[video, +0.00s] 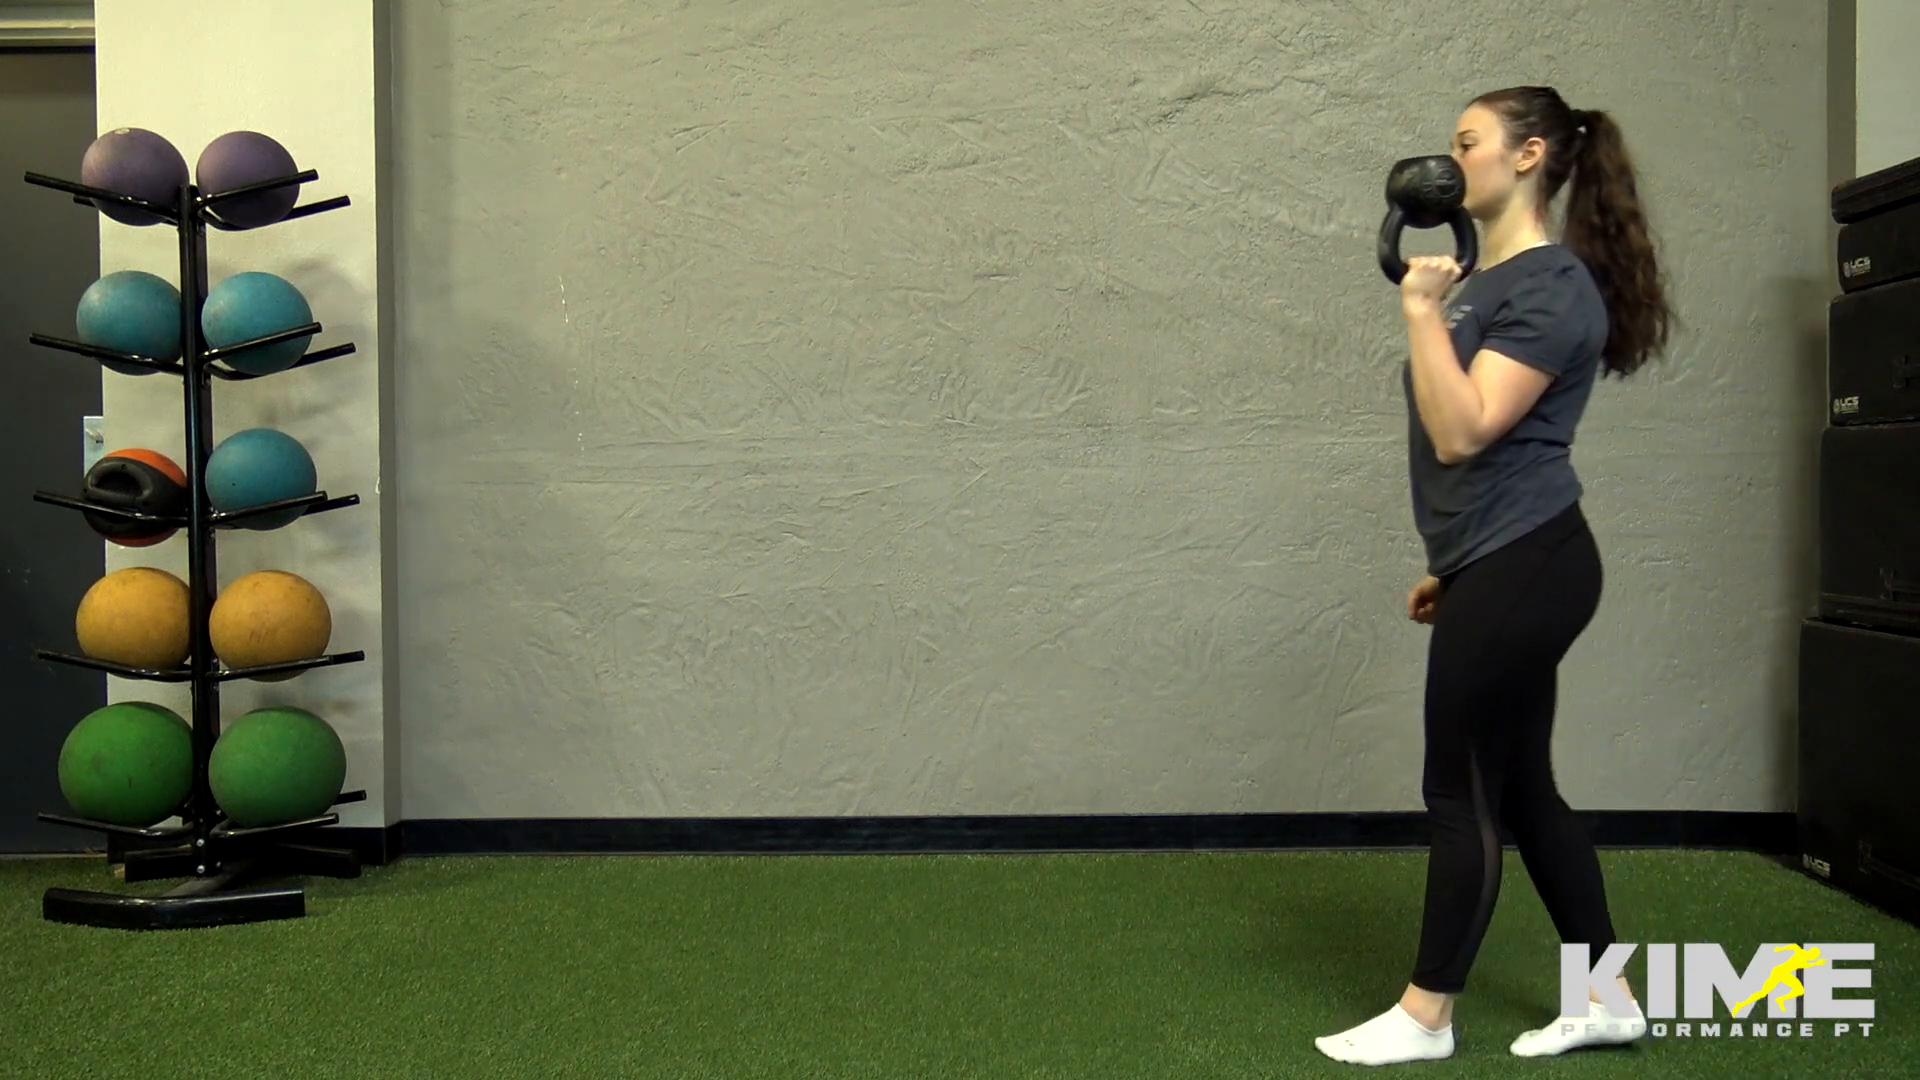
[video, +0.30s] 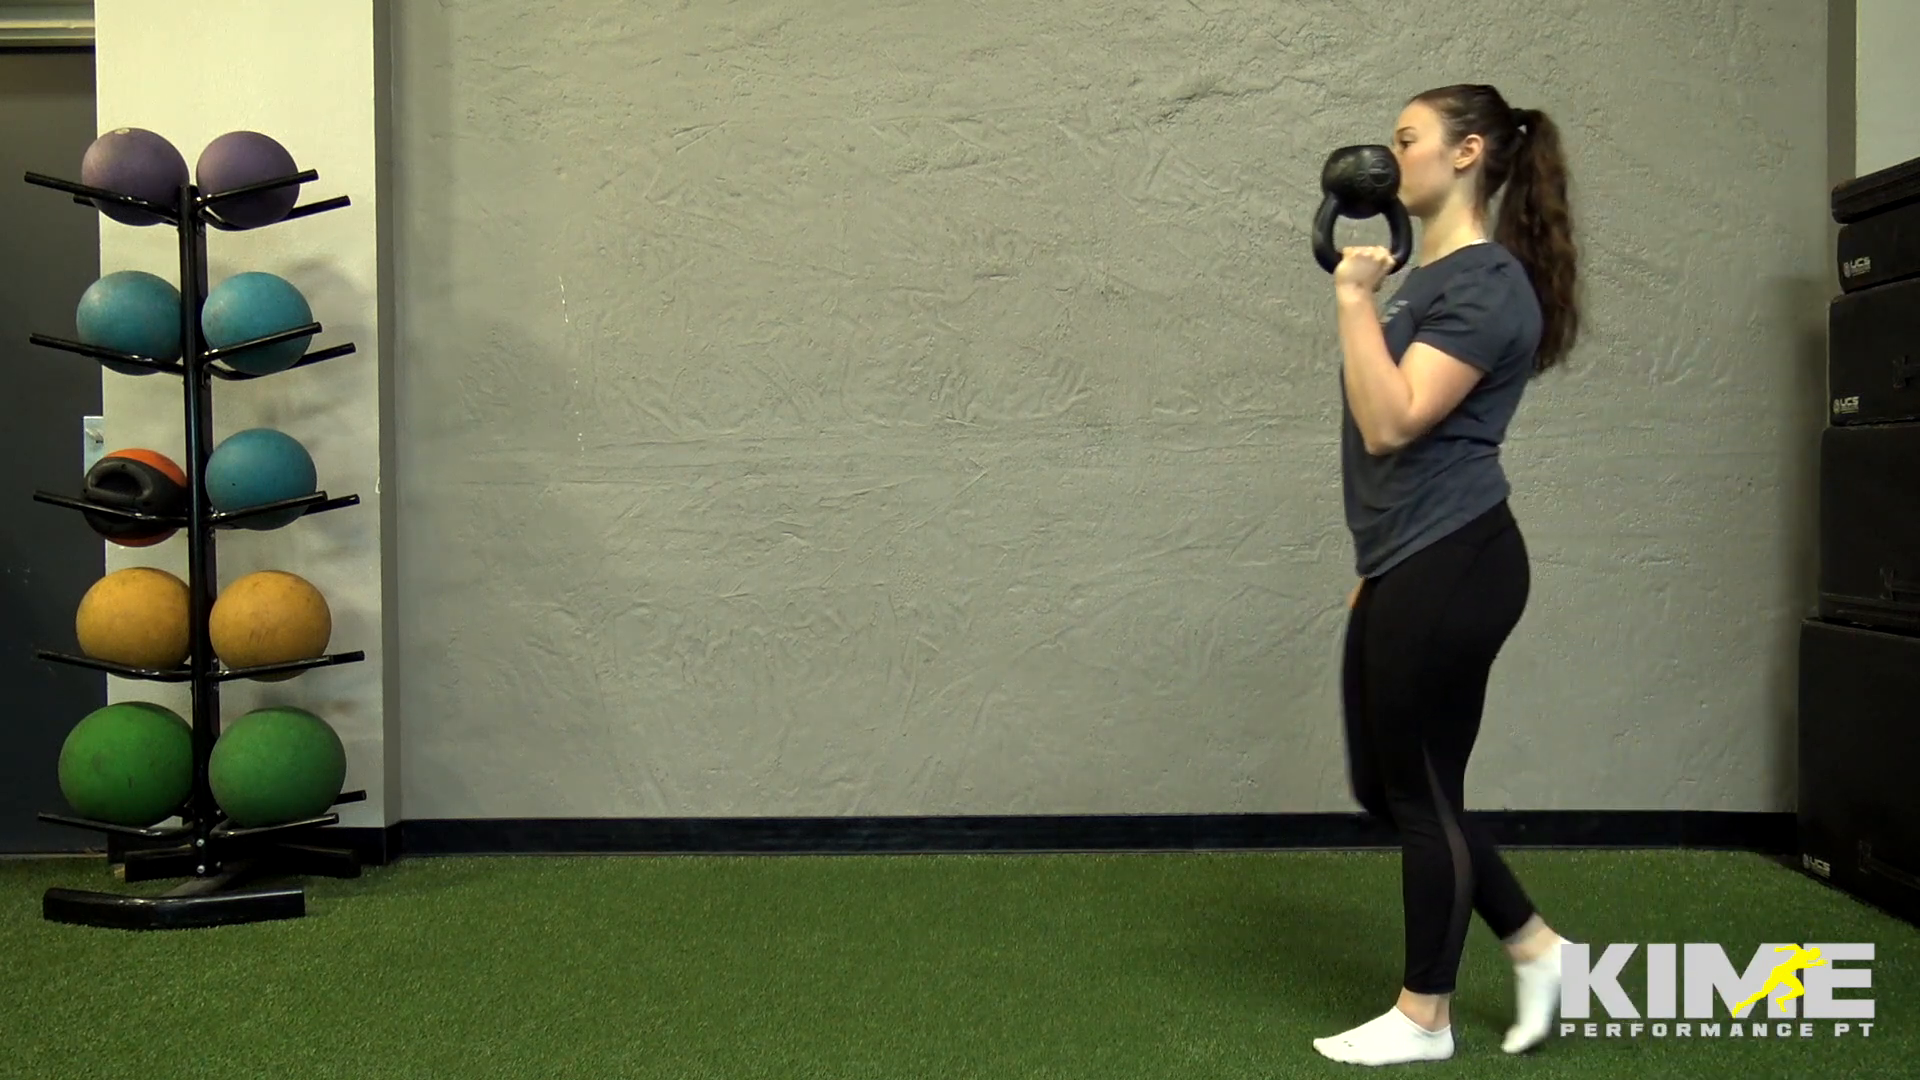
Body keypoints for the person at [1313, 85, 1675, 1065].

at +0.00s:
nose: (1451, 160)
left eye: (1470, 144)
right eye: (1453, 146)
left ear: (1532, 155)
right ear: (1513, 159)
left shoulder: (1555, 287)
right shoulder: (1488, 282)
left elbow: (1458, 433)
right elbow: (1491, 442)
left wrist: (1422, 311)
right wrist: (1454, 564)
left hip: (1526, 561)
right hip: (1495, 564)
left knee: (1459, 791)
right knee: (1523, 788)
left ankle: (1425, 1012)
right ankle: (1603, 993)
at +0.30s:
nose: (1391, 159)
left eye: (1409, 143)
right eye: (1394, 144)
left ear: (1469, 153)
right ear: (1452, 156)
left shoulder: (1491, 284)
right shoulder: (1422, 274)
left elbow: (1392, 422)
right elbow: (1395, 441)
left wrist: (1354, 299)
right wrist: (1376, 567)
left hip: (1454, 560)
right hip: (1404, 565)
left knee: (1423, 789)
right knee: (1385, 786)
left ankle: (1425, 1014)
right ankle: (1536, 946)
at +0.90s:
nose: (1277, 166)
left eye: (1294, 150)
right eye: (1280, 150)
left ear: (1354, 162)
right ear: (1342, 163)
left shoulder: (1378, 290)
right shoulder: (1315, 284)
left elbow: (1276, 426)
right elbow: (1275, 423)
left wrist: (1234, 305)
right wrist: (1242, 303)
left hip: (1353, 568)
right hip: (1284, 573)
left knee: (1363, 794)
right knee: (1267, 788)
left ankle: (1420, 1010)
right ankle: (1238, 994)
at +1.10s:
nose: (1227, 167)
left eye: (1243, 151)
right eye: (1231, 151)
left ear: (1301, 162)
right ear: (1292, 162)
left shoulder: (1324, 289)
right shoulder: (1262, 283)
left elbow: (1226, 424)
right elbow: (1215, 420)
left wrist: (1185, 305)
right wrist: (1188, 298)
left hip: (1296, 564)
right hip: (1233, 572)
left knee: (1302, 790)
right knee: (1235, 790)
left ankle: (1410, 996)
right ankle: (1230, 997)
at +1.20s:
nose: (1197, 169)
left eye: (1214, 152)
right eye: (1202, 152)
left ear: (1272, 167)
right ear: (1266, 169)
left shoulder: (1288, 291)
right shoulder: (1237, 285)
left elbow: (1194, 425)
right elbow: (1179, 429)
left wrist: (1151, 306)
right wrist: (1156, 306)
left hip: (1259, 562)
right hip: (1214, 568)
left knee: (1228, 789)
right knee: (1217, 785)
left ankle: (1377, 972)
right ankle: (1230, 996)